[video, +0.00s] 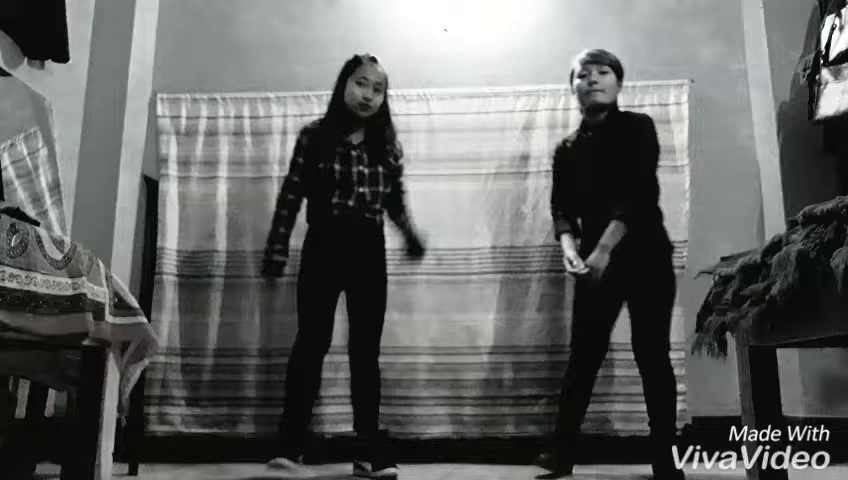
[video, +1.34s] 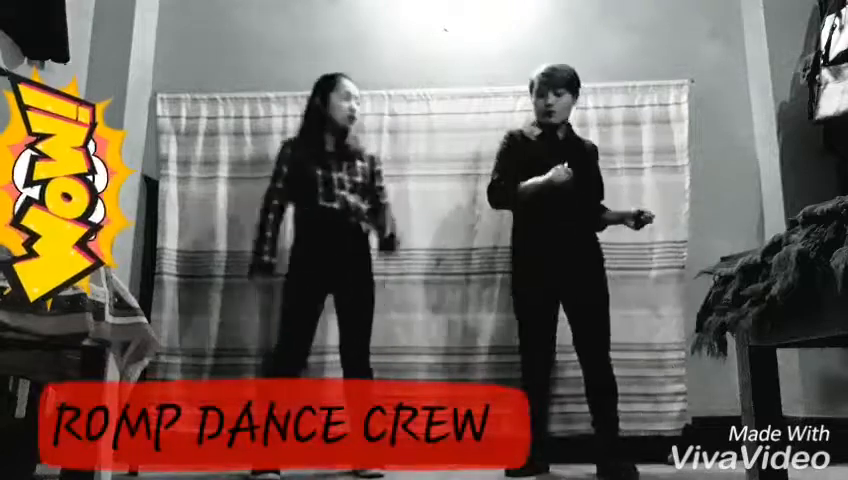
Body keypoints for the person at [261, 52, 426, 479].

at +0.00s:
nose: (368, 94)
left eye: (378, 89)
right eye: (361, 84)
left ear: (384, 97)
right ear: (343, 86)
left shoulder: (386, 142)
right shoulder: (315, 135)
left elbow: (393, 196)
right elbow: (291, 195)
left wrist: (409, 233)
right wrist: (276, 250)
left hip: (368, 255)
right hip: (322, 252)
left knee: (365, 351)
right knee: (310, 345)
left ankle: (370, 450)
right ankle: (291, 445)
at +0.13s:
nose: (370, 94)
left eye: (378, 89)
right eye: (362, 85)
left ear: (386, 98)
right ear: (345, 89)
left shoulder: (389, 144)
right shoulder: (321, 138)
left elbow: (415, 198)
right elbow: (300, 198)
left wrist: (430, 175)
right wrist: (291, 253)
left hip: (369, 253)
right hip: (325, 251)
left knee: (366, 344)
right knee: (322, 337)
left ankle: (368, 443)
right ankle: (301, 437)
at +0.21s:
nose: (366, 98)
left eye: (374, 94)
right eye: (360, 90)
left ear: (382, 104)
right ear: (345, 94)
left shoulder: (388, 149)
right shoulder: (322, 143)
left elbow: (427, 155)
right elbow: (302, 202)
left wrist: (407, 115)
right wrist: (298, 255)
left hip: (371, 256)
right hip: (326, 254)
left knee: (367, 350)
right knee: (316, 347)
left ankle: (370, 446)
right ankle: (301, 447)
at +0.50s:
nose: (337, 94)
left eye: (344, 88)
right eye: (328, 88)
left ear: (355, 98)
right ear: (314, 97)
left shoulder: (365, 141)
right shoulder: (298, 141)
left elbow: (410, 159)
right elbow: (278, 201)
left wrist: (380, 138)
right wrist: (278, 257)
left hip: (353, 253)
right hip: (309, 254)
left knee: (368, 347)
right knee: (307, 350)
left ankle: (369, 440)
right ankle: (297, 446)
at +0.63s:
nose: (337, 99)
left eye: (345, 93)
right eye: (328, 92)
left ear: (355, 103)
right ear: (314, 102)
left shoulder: (372, 153)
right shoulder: (297, 153)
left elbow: (404, 201)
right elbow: (280, 208)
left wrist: (378, 189)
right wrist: (280, 256)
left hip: (359, 263)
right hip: (312, 263)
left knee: (359, 356)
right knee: (307, 355)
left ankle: (361, 448)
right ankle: (296, 447)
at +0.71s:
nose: (345, 100)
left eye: (352, 94)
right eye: (336, 95)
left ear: (363, 104)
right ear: (322, 105)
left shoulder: (380, 153)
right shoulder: (307, 154)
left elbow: (395, 201)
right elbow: (295, 209)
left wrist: (381, 228)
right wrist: (287, 259)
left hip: (365, 261)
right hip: (319, 259)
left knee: (362, 355)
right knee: (312, 352)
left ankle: (362, 444)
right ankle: (300, 443)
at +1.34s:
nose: (354, 106)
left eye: (357, 99)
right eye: (345, 98)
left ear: (357, 107)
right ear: (321, 102)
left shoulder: (365, 157)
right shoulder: (296, 151)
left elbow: (378, 203)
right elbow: (274, 202)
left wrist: (387, 231)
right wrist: (264, 253)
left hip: (354, 260)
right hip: (310, 259)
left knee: (357, 354)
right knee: (292, 351)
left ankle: (363, 446)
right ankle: (266, 443)